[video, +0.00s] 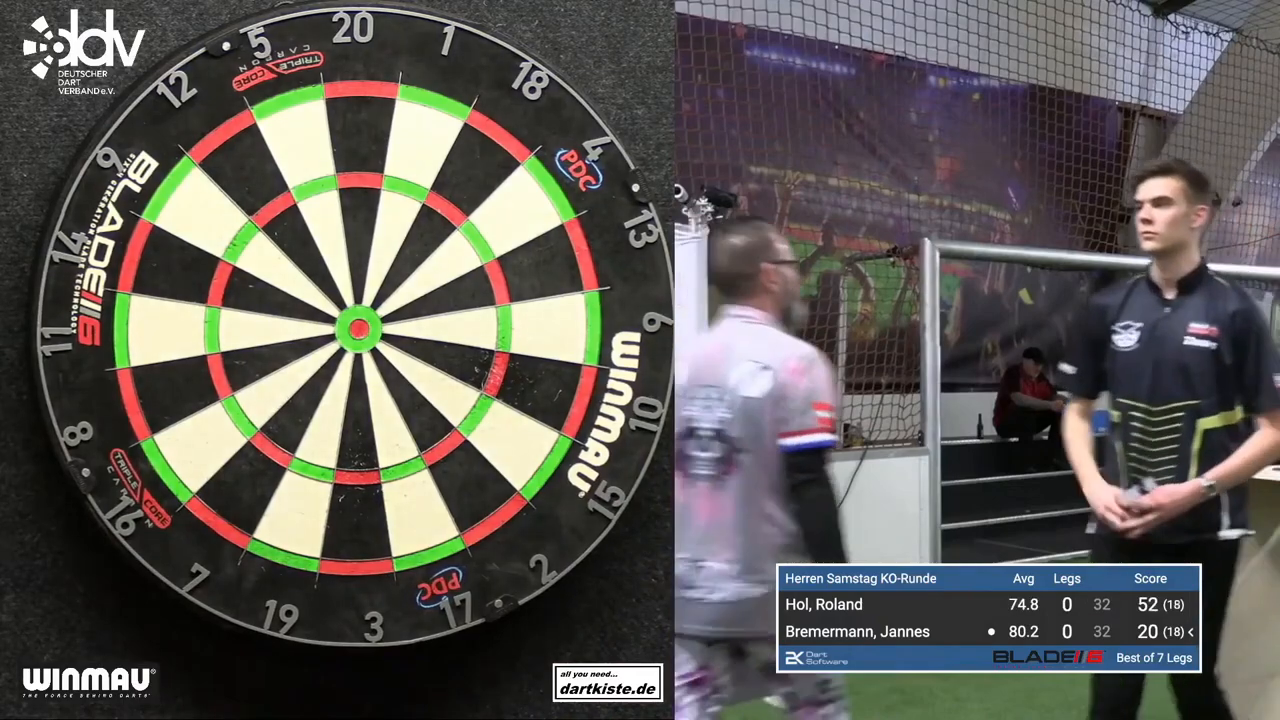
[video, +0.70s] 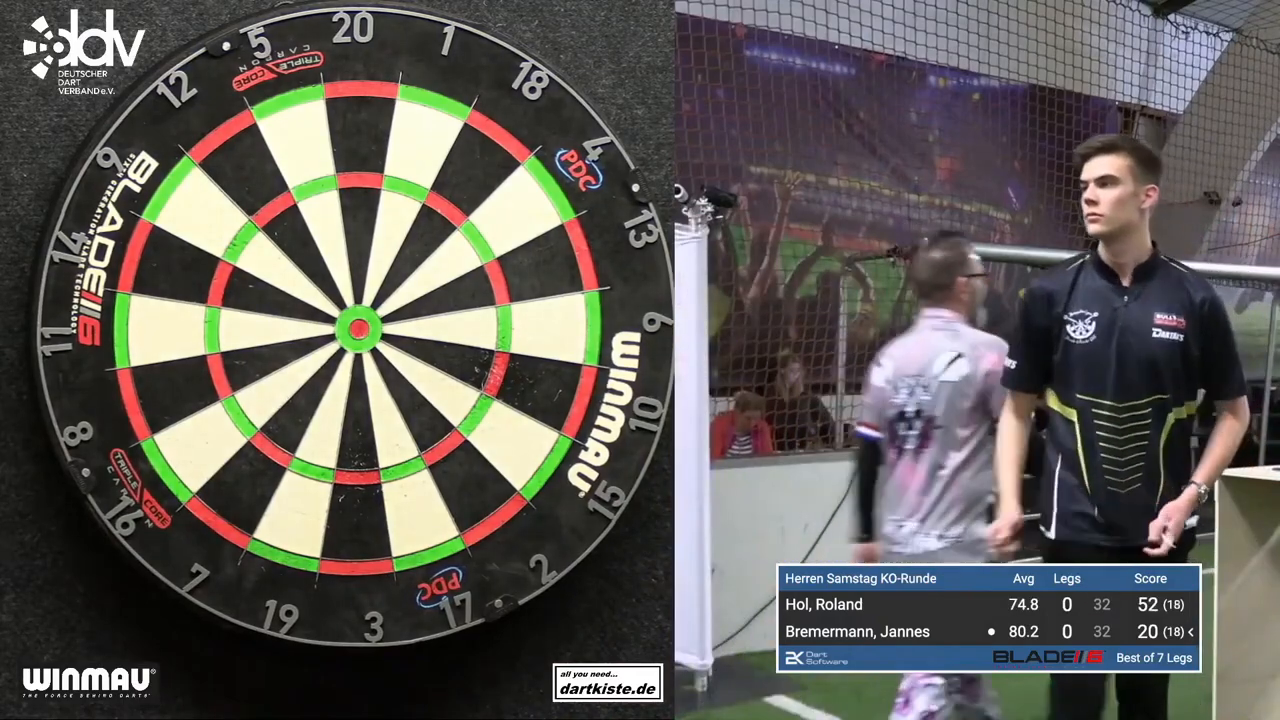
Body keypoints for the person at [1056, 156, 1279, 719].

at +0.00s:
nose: (1144, 216)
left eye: (1161, 204)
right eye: (1139, 207)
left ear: (1201, 216)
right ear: (1133, 218)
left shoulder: (1236, 314)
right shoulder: (1106, 309)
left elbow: (1272, 430)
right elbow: (1076, 411)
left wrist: (1193, 492)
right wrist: (1094, 487)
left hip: (1202, 534)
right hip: (1118, 529)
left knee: (1192, 680)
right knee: (1113, 682)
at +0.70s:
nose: (1089, 197)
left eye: (1105, 184)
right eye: (1084, 187)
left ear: (1148, 197)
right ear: (1078, 199)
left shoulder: (1194, 299)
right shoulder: (1049, 296)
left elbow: (1235, 412)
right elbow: (1018, 409)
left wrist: (1190, 497)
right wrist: (1009, 503)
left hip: (1161, 536)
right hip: (1074, 534)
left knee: (1146, 696)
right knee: (1074, 696)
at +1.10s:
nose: (1021, 189)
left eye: (1038, 175)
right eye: (1017, 179)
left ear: (1086, 186)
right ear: (1013, 191)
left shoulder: (1144, 285)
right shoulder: (993, 299)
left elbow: (1201, 390)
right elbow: (962, 426)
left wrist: (1177, 491)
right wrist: (919, 535)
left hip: (1142, 534)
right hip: (1052, 543)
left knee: (1154, 696)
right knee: (1057, 703)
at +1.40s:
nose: (983, 193)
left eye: (1000, 178)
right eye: (980, 182)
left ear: (1048, 189)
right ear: (979, 196)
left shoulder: (1120, 279)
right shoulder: (968, 305)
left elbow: (1187, 375)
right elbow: (909, 424)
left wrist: (1176, 480)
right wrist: (828, 538)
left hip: (1140, 524)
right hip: (1052, 539)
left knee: (1164, 688)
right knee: (1052, 698)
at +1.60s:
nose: (976, 193)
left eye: (993, 178)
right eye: (972, 183)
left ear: (1042, 189)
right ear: (970, 198)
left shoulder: (1114, 279)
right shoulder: (964, 299)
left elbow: (1182, 371)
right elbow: (864, 384)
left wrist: (1174, 478)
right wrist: (753, 463)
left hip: (1145, 526)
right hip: (1054, 543)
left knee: (1164, 694)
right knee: (1050, 703)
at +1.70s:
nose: (974, 192)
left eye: (991, 178)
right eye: (970, 183)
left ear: (1040, 190)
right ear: (972, 198)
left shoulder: (1111, 279)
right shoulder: (962, 297)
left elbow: (1182, 374)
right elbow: (844, 364)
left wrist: (1171, 480)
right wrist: (714, 377)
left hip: (1141, 528)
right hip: (1049, 544)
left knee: (1163, 695)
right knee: (1049, 704)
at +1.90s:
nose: (972, 193)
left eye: (988, 178)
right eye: (969, 183)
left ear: (1039, 190)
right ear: (967, 198)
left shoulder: (1109, 280)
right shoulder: (961, 295)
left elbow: (1178, 378)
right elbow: (849, 352)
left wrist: (1167, 481)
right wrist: (725, 277)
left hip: (1138, 527)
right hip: (1047, 541)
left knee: (1161, 692)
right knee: (1049, 700)